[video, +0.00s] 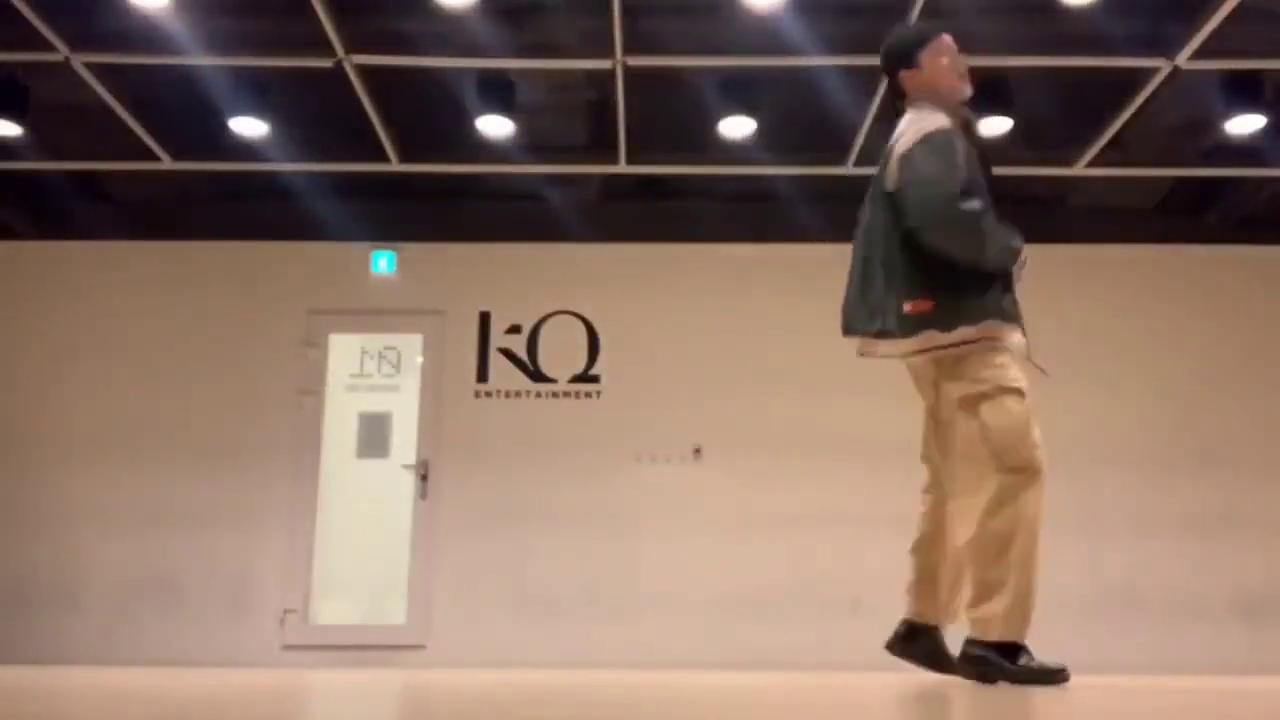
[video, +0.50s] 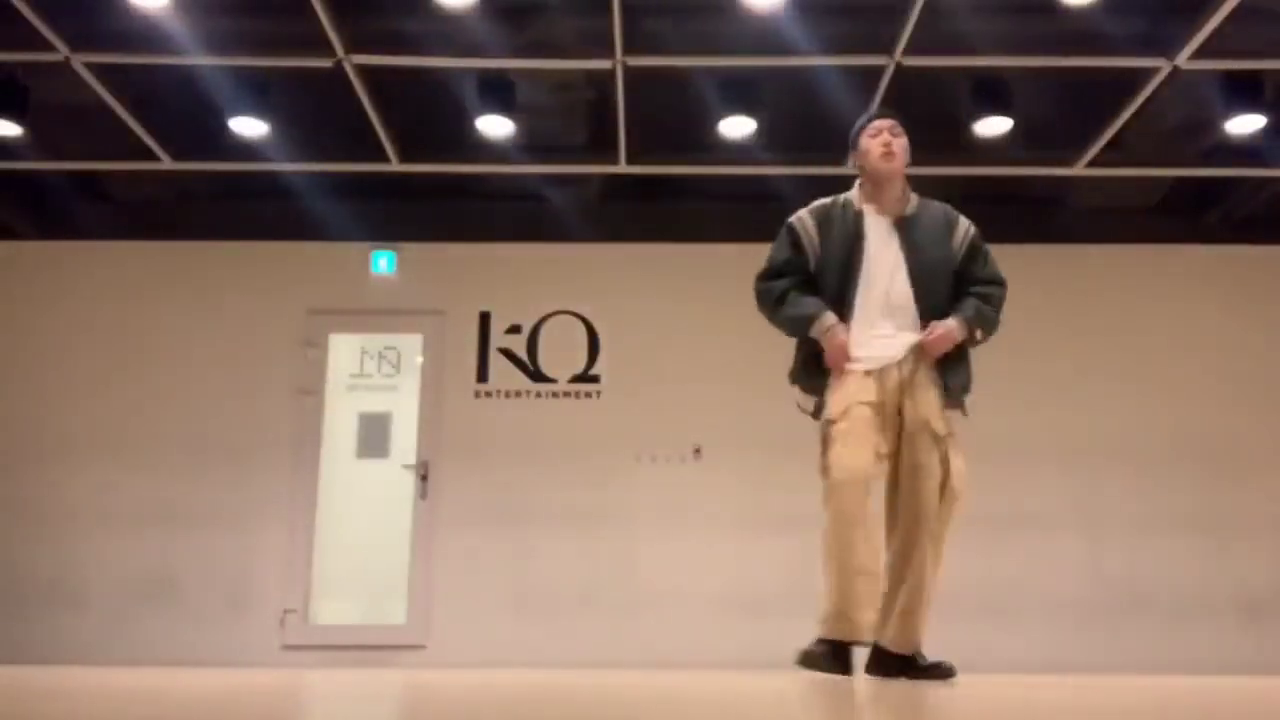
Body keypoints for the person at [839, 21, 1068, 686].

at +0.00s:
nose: (962, 65)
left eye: (957, 54)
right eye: (948, 58)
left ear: (922, 77)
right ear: (915, 78)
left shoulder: (919, 134)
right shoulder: (931, 135)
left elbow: (930, 227)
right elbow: (944, 220)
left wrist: (994, 247)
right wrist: (1007, 248)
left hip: (940, 337)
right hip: (970, 334)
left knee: (953, 483)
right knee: (1016, 475)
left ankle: (921, 625)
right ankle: (994, 641)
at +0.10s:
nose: (943, 94)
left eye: (942, 85)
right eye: (926, 88)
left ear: (944, 102)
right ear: (895, 112)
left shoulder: (935, 174)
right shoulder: (894, 172)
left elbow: (937, 259)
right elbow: (886, 252)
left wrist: (978, 323)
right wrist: (971, 276)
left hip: (950, 352)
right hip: (938, 353)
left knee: (961, 492)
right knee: (1006, 480)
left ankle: (902, 630)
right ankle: (992, 648)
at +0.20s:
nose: (924, 105)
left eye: (927, 98)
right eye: (908, 99)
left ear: (937, 116)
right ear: (880, 122)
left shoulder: (958, 192)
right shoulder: (866, 183)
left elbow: (978, 264)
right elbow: (832, 260)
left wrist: (989, 304)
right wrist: (917, 291)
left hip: (959, 353)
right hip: (910, 354)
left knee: (953, 485)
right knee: (968, 477)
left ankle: (896, 632)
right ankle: (987, 644)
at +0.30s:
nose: (906, 107)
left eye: (913, 100)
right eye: (891, 102)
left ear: (925, 121)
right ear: (868, 126)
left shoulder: (963, 195)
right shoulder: (843, 192)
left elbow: (992, 257)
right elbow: (802, 261)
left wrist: (987, 297)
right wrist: (869, 292)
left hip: (954, 356)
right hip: (895, 356)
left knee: (947, 483)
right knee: (917, 475)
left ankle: (898, 628)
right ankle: (958, 616)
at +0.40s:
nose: (896, 123)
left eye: (904, 116)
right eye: (883, 117)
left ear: (917, 138)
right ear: (861, 141)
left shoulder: (957, 207)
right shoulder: (830, 205)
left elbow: (996, 271)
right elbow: (786, 274)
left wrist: (978, 310)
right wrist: (845, 311)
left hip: (939, 358)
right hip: (873, 360)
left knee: (935, 487)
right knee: (884, 473)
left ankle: (902, 628)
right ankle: (899, 626)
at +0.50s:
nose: (887, 140)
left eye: (895, 134)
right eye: (874, 135)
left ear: (910, 155)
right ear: (855, 158)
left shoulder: (948, 225)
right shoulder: (819, 221)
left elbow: (989, 291)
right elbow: (774, 285)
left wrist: (960, 325)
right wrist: (823, 325)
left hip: (926, 371)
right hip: (853, 371)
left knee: (925, 503)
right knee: (848, 481)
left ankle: (898, 647)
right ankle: (839, 637)